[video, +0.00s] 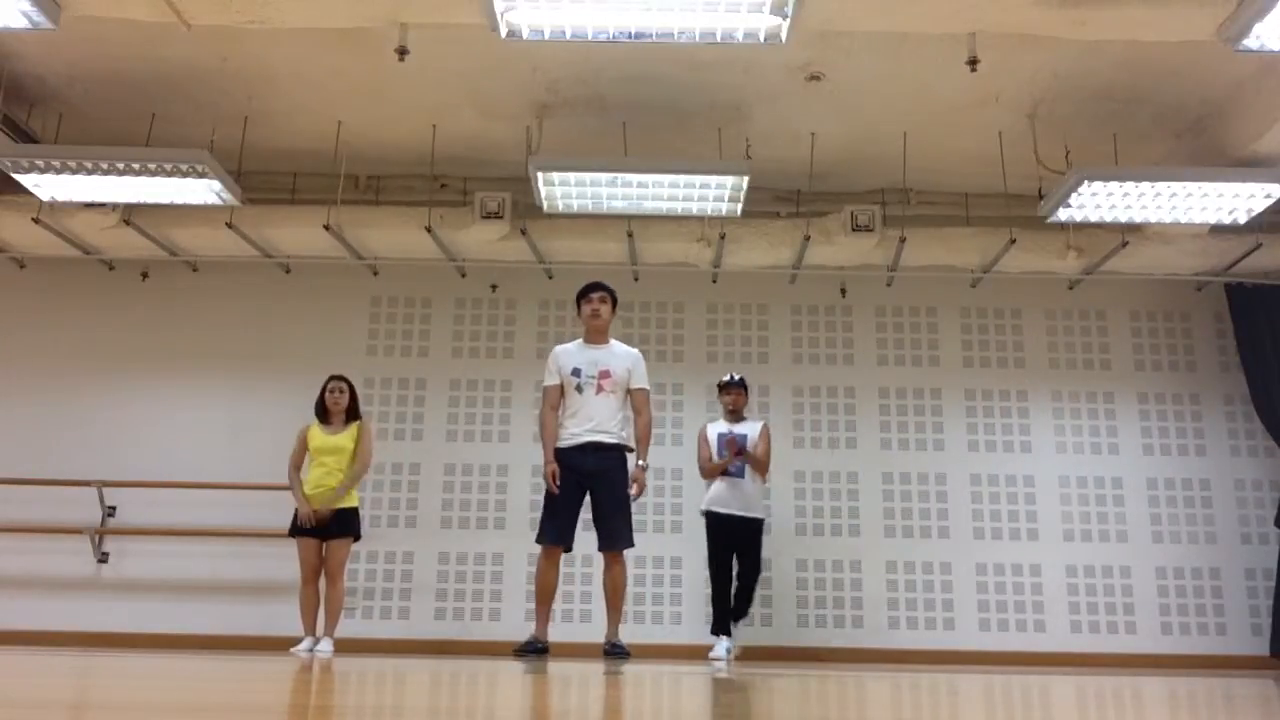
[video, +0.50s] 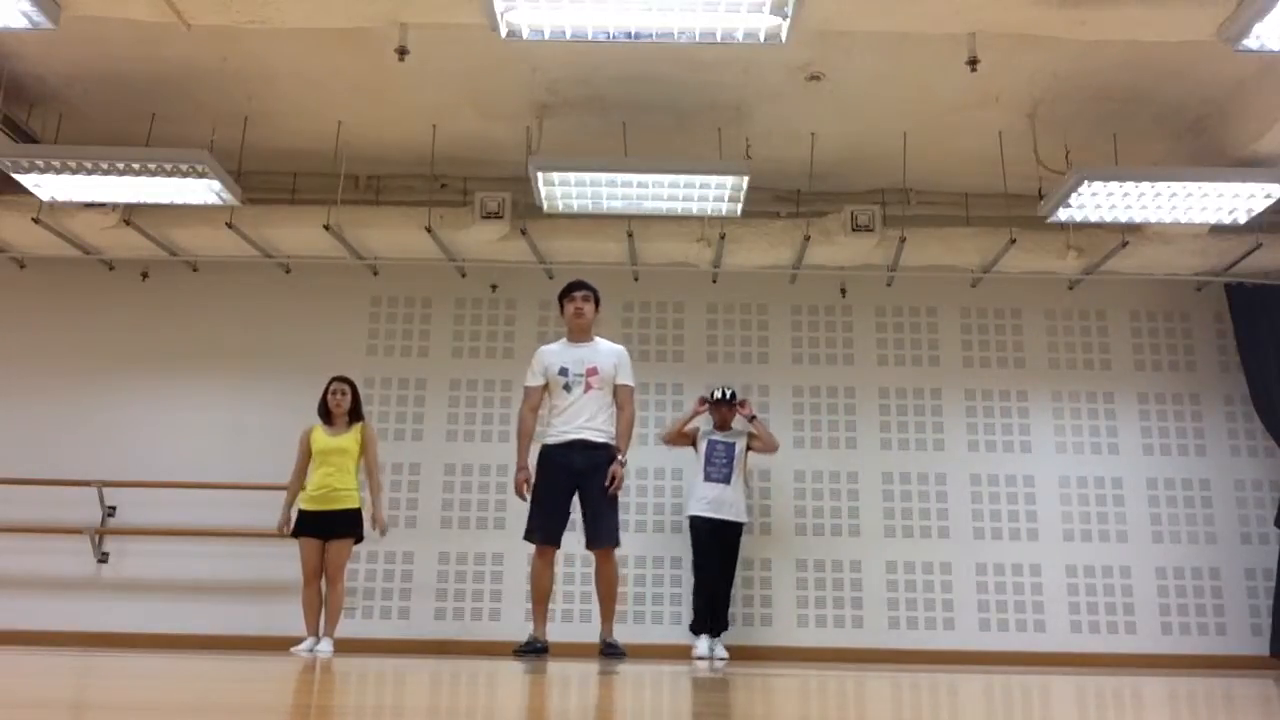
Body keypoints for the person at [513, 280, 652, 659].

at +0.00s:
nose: (595, 307)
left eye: (602, 302)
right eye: (589, 302)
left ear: (613, 311)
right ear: (579, 311)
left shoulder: (630, 357)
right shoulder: (561, 354)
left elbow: (642, 412)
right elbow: (550, 408)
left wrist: (641, 462)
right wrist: (549, 457)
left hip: (612, 457)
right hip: (568, 456)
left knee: (613, 550)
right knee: (551, 547)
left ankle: (613, 636)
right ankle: (539, 635)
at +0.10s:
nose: (588, 306)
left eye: (595, 301)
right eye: (582, 301)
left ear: (606, 310)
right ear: (572, 311)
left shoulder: (624, 356)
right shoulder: (553, 354)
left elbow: (634, 411)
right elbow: (543, 409)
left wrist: (632, 461)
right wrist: (541, 459)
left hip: (606, 456)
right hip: (562, 454)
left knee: (609, 550)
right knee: (548, 546)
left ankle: (612, 636)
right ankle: (539, 635)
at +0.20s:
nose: (581, 306)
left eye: (588, 301)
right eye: (575, 301)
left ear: (599, 310)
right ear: (565, 310)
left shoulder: (616, 355)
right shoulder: (547, 354)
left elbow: (627, 409)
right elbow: (535, 409)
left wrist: (623, 457)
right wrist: (533, 462)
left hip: (600, 456)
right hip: (556, 455)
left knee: (610, 542)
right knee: (544, 547)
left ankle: (612, 631)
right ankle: (538, 635)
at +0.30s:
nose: (577, 305)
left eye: (584, 300)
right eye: (570, 300)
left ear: (595, 309)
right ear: (560, 310)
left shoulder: (612, 353)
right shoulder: (543, 354)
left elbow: (622, 407)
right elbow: (530, 412)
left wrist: (617, 452)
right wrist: (528, 466)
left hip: (599, 455)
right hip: (554, 456)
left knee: (612, 533)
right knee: (544, 546)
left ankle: (613, 624)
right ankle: (539, 634)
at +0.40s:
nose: (576, 304)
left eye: (584, 299)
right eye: (570, 299)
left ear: (594, 309)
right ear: (559, 309)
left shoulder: (612, 353)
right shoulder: (542, 353)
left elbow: (622, 406)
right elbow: (528, 411)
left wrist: (617, 451)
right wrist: (523, 466)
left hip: (598, 455)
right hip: (554, 456)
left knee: (608, 538)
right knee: (544, 547)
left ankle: (611, 628)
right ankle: (539, 635)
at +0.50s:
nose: (579, 306)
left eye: (586, 301)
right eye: (572, 301)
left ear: (596, 310)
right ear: (562, 310)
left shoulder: (615, 354)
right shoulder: (545, 355)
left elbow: (626, 407)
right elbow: (529, 409)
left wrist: (620, 456)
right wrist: (522, 463)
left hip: (599, 456)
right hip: (554, 456)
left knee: (604, 548)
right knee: (544, 548)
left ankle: (607, 636)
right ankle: (538, 635)